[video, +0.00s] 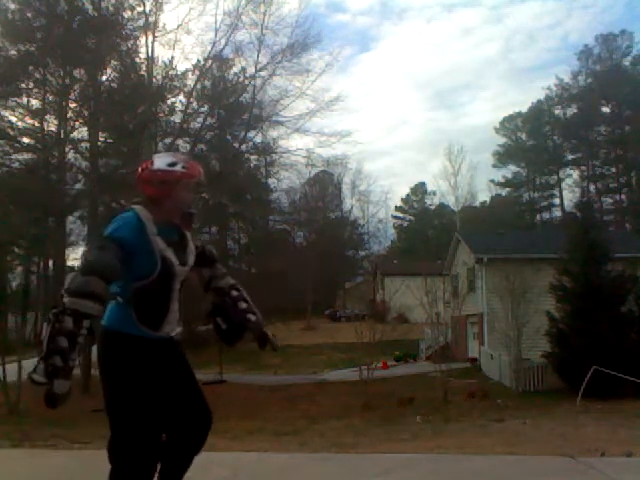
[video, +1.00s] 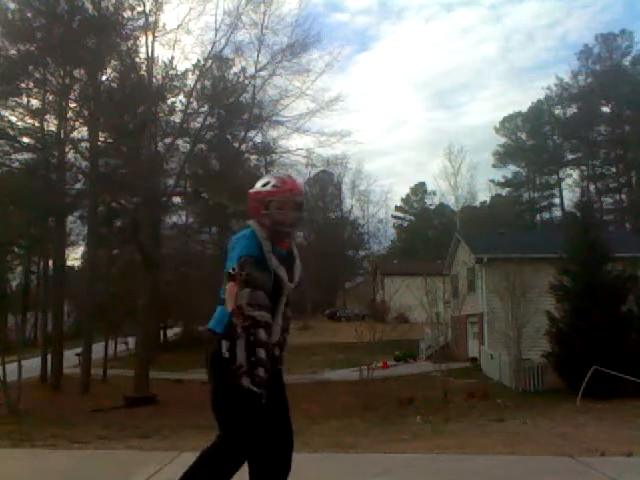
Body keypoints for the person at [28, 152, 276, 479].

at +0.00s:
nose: (192, 198)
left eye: (192, 190)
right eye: (186, 190)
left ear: (170, 193)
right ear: (164, 191)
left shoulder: (180, 236)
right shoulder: (129, 227)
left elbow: (212, 272)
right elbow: (87, 288)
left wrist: (241, 310)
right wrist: (60, 361)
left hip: (164, 345)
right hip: (124, 345)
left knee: (194, 420)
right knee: (135, 438)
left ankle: (167, 476)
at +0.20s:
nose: (217, 202)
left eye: (217, 194)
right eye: (210, 193)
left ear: (201, 195)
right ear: (186, 195)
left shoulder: (212, 242)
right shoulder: (151, 233)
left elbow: (250, 275)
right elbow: (102, 285)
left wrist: (284, 311)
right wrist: (67, 350)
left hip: (193, 356)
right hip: (151, 357)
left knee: (228, 447)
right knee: (155, 454)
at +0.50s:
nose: (251, 208)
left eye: (253, 200)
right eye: (243, 200)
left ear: (250, 204)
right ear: (221, 203)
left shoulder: (253, 248)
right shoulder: (193, 241)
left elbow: (289, 277)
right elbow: (145, 293)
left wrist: (313, 318)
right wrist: (103, 350)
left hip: (228, 357)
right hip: (187, 355)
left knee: (247, 449)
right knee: (173, 448)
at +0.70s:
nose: (266, 219)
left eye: (272, 212)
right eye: (257, 210)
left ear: (278, 217)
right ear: (237, 211)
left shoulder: (267, 256)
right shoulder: (212, 247)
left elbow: (295, 289)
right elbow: (172, 294)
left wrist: (310, 326)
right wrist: (134, 341)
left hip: (236, 361)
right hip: (196, 358)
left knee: (259, 447)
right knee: (176, 446)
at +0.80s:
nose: (274, 222)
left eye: (280, 214)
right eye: (266, 213)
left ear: (285, 218)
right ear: (245, 215)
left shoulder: (274, 255)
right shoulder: (224, 252)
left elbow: (294, 299)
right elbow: (185, 310)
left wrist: (303, 344)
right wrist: (158, 373)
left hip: (246, 365)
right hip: (208, 363)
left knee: (268, 448)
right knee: (182, 449)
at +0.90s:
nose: (285, 219)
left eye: (290, 212)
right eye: (278, 211)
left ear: (292, 214)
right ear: (257, 212)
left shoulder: (280, 250)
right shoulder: (237, 249)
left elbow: (291, 310)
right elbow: (219, 317)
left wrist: (291, 365)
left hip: (260, 367)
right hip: (228, 366)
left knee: (274, 454)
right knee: (202, 447)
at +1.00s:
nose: (288, 216)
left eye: (294, 208)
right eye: (280, 208)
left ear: (299, 211)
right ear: (263, 210)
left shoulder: (284, 248)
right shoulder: (247, 244)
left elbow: (277, 305)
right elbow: (239, 304)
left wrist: (274, 356)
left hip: (262, 351)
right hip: (230, 348)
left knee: (276, 441)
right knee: (239, 438)